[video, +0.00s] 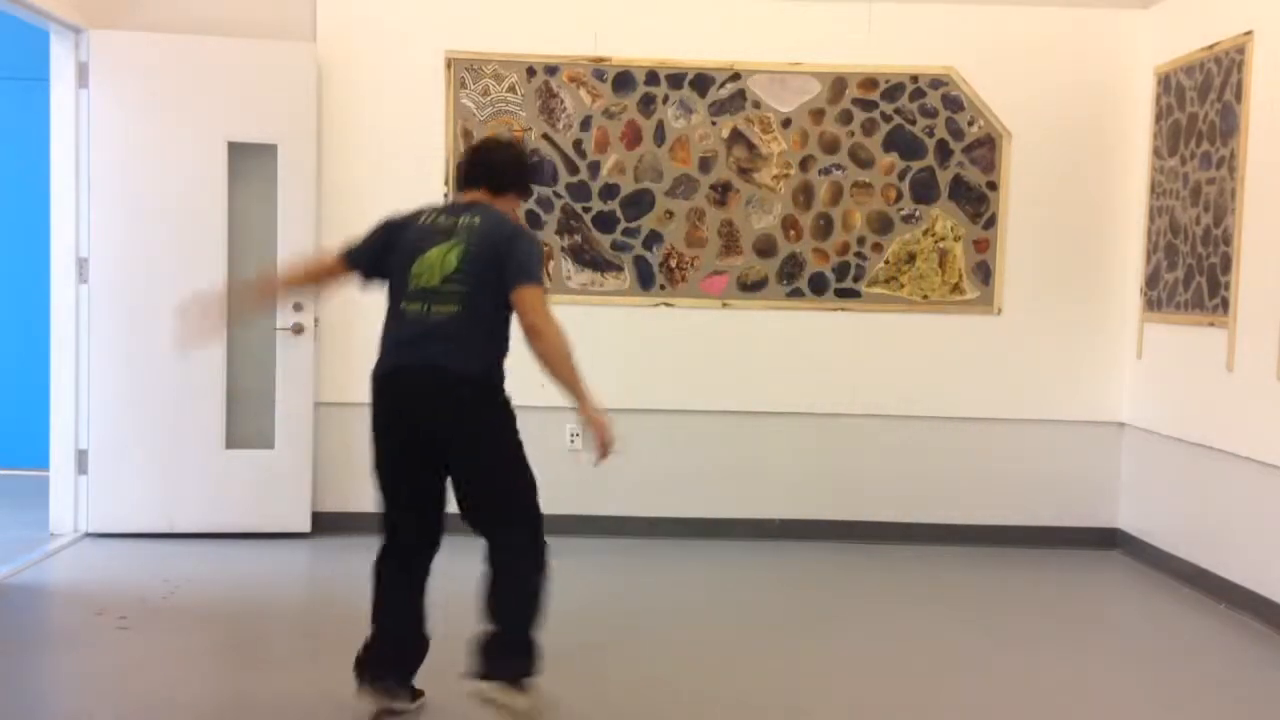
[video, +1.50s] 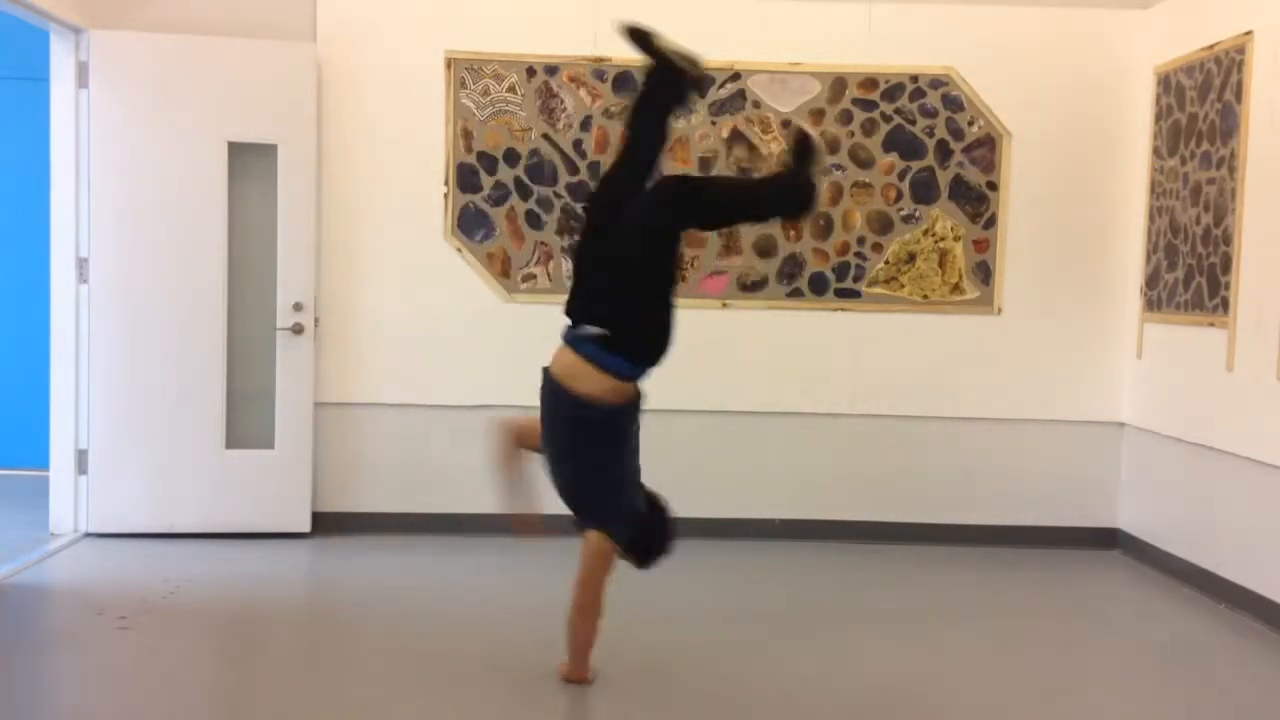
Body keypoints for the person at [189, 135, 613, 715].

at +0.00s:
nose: (522, 213)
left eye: (523, 203)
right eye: (521, 202)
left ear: (464, 185)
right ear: (506, 194)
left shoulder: (409, 226)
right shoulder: (510, 235)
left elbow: (323, 269)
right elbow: (535, 319)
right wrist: (586, 403)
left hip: (397, 396)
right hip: (469, 398)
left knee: (409, 531)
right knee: (516, 527)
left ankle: (387, 672)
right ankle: (506, 662)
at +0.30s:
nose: (609, 301)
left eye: (617, 293)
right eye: (615, 289)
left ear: (589, 255)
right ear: (599, 270)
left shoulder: (541, 268)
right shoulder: (549, 276)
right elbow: (516, 336)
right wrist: (536, 404)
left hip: (457, 426)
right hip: (439, 425)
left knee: (486, 540)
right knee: (470, 565)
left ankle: (490, 623)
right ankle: (401, 704)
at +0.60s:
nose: (662, 487)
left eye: (668, 481)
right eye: (659, 475)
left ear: (672, 472)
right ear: (632, 446)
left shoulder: (658, 475)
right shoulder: (577, 392)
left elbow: (673, 564)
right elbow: (481, 362)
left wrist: (685, 656)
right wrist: (386, 383)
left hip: (524, 449)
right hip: (465, 414)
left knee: (534, 544)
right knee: (392, 514)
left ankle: (489, 629)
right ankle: (306, 622)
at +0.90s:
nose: (553, 609)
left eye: (564, 608)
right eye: (543, 602)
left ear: (590, 574)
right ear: (530, 566)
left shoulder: (633, 530)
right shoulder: (512, 513)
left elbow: (652, 619)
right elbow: (508, 564)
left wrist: (656, 704)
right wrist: (506, 617)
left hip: (630, 374)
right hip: (556, 361)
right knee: (519, 299)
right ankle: (536, 182)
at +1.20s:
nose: (544, 580)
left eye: (534, 574)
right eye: (534, 577)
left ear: (538, 547)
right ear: (530, 542)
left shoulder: (590, 525)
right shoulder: (550, 517)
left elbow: (639, 603)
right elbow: (589, 588)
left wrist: (659, 696)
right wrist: (583, 666)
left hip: (605, 344)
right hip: (576, 344)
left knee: (709, 249)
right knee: (660, 269)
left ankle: (669, 131)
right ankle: (610, 210)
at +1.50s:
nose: (626, 559)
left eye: (635, 553)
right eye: (636, 554)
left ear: (641, 512)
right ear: (642, 536)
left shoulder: (579, 464)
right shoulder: (612, 515)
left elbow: (514, 432)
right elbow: (587, 596)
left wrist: (517, 499)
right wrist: (577, 668)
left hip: (583, 334)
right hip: (630, 341)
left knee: (615, 195)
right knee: (667, 203)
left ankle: (664, 81)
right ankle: (792, 189)